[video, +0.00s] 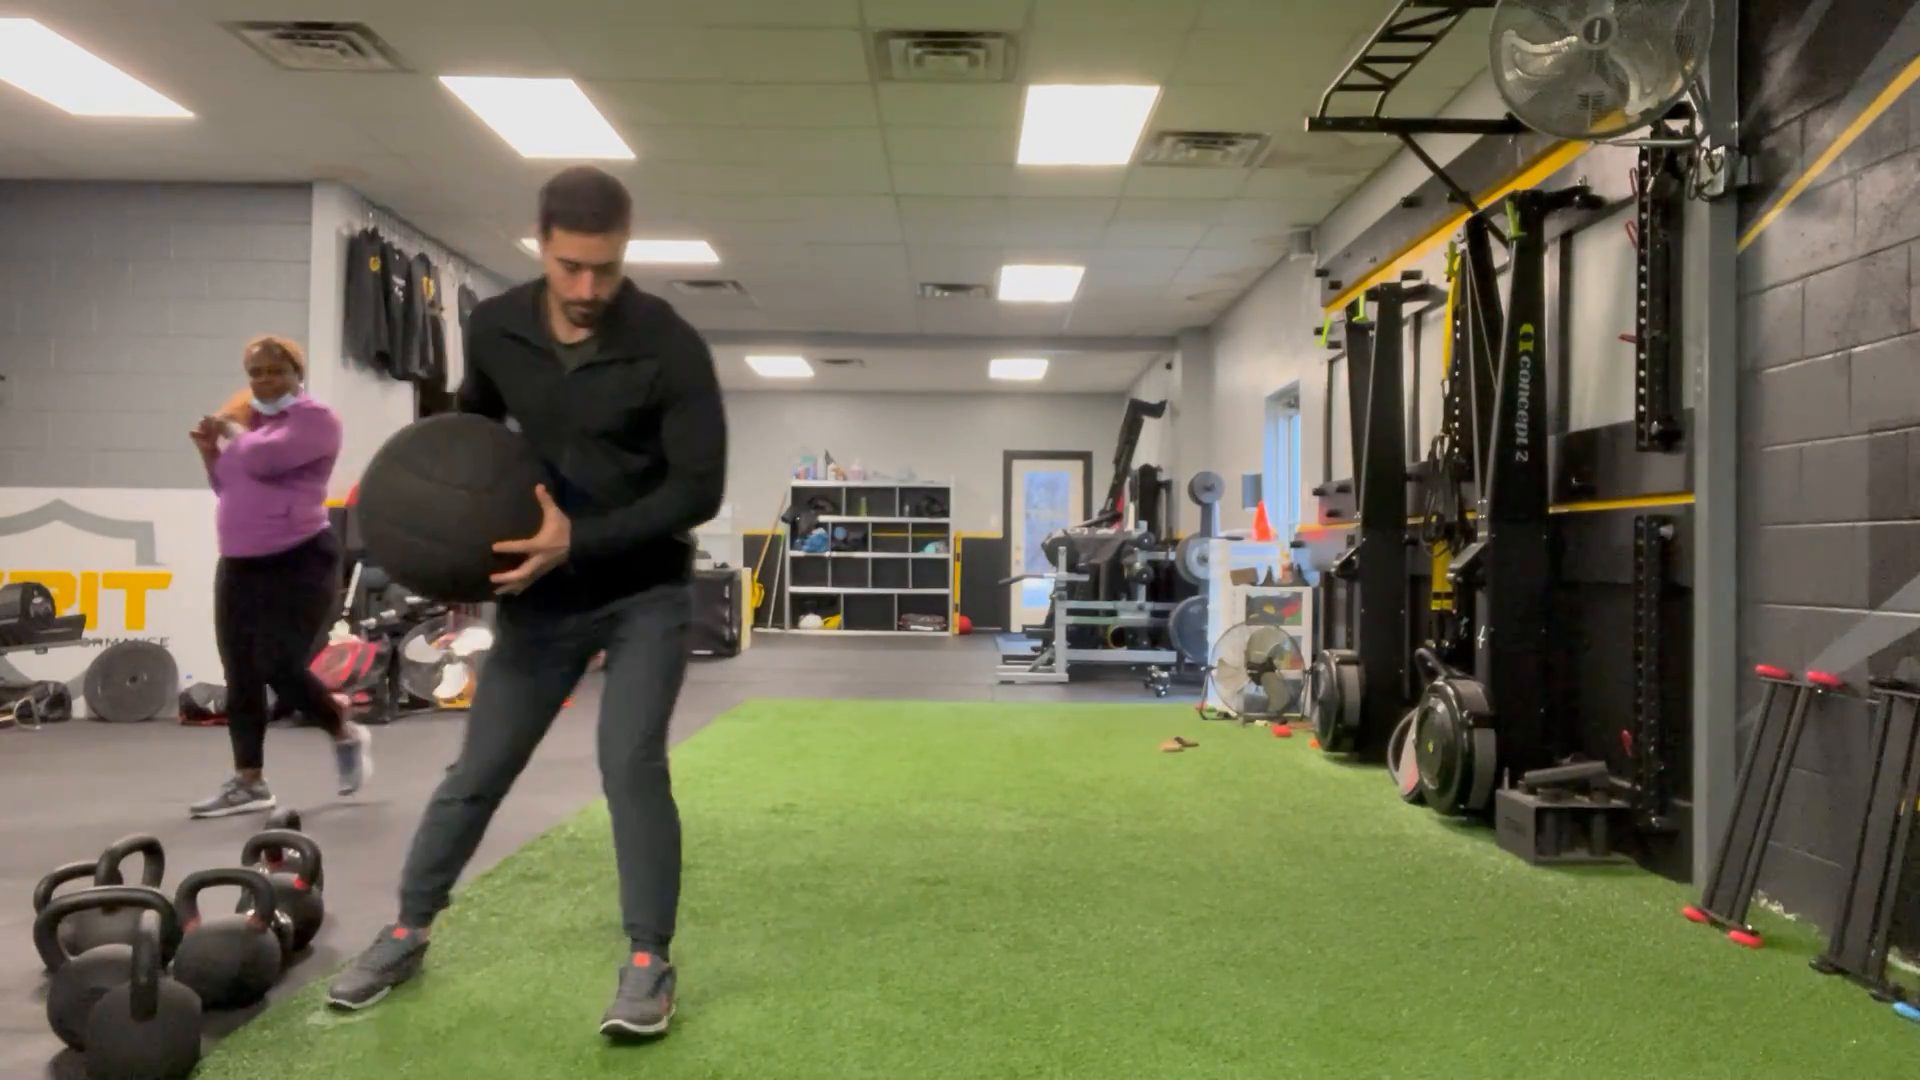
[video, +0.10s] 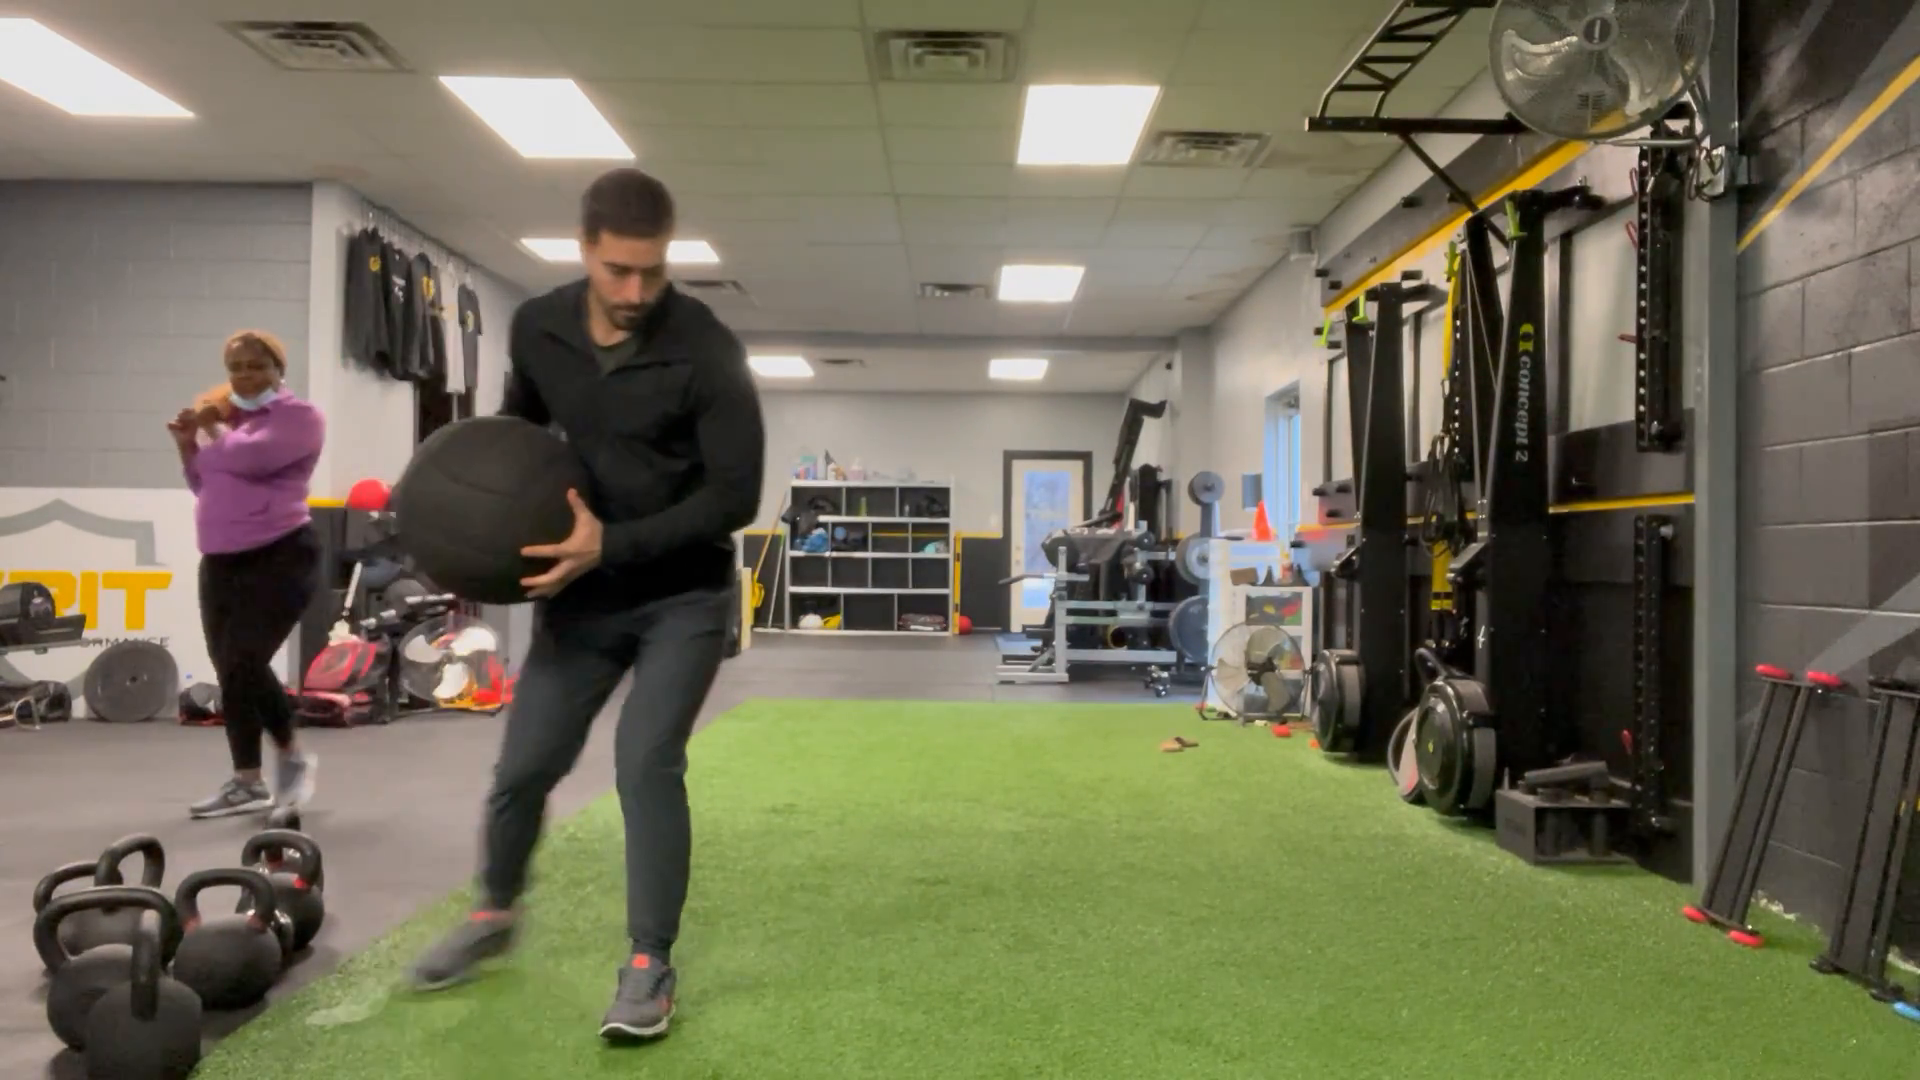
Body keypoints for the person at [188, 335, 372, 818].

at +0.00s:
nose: (265, 381)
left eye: (275, 371)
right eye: (256, 373)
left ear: (296, 374)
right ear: (246, 378)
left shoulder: (317, 421)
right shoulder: (244, 421)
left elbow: (260, 460)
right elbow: (226, 486)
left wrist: (234, 433)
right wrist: (209, 453)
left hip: (301, 558)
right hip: (241, 562)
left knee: (280, 665)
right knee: (241, 675)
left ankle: (347, 734)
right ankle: (249, 779)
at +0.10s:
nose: (246, 375)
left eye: (256, 366)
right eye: (237, 368)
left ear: (276, 369)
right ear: (228, 372)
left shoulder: (300, 417)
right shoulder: (221, 420)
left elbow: (254, 457)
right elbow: (203, 485)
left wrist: (212, 433)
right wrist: (187, 446)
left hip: (282, 552)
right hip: (223, 557)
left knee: (245, 657)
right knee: (231, 666)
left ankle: (292, 759)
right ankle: (247, 779)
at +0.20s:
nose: (228, 374)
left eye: (238, 364)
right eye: (219, 366)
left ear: (259, 367)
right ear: (210, 371)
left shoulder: (282, 417)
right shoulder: (203, 419)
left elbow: (236, 459)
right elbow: (184, 486)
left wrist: (194, 429)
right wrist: (169, 444)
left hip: (263, 554)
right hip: (206, 560)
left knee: (227, 663)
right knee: (220, 669)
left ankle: (242, 784)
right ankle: (240, 784)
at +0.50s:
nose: (172, 365)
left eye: (182, 356)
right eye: (163, 357)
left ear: (206, 359)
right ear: (155, 362)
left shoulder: (230, 411)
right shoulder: (154, 412)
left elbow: (171, 452)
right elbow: (138, 480)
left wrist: (136, 424)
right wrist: (119, 441)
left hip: (209, 553)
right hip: (155, 560)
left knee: (188, 678)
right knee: (142, 674)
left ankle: (173, 806)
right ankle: (221, 759)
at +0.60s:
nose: (151, 360)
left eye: (162, 350)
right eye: (143, 353)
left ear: (189, 352)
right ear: (137, 358)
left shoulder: (213, 405)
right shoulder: (142, 409)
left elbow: (146, 449)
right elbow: (122, 477)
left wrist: (119, 422)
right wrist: (102, 437)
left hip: (195, 556)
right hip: (138, 561)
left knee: (179, 683)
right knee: (100, 676)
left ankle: (172, 809)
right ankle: (190, 751)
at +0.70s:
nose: (131, 354)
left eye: (141, 344)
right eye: (123, 346)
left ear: (170, 346)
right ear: (119, 352)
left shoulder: (193, 399)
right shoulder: (128, 401)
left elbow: (132, 449)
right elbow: (111, 469)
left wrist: (105, 413)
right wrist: (89, 426)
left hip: (179, 556)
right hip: (120, 559)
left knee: (167, 682)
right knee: (71, 670)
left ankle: (172, 807)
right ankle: (124, 783)